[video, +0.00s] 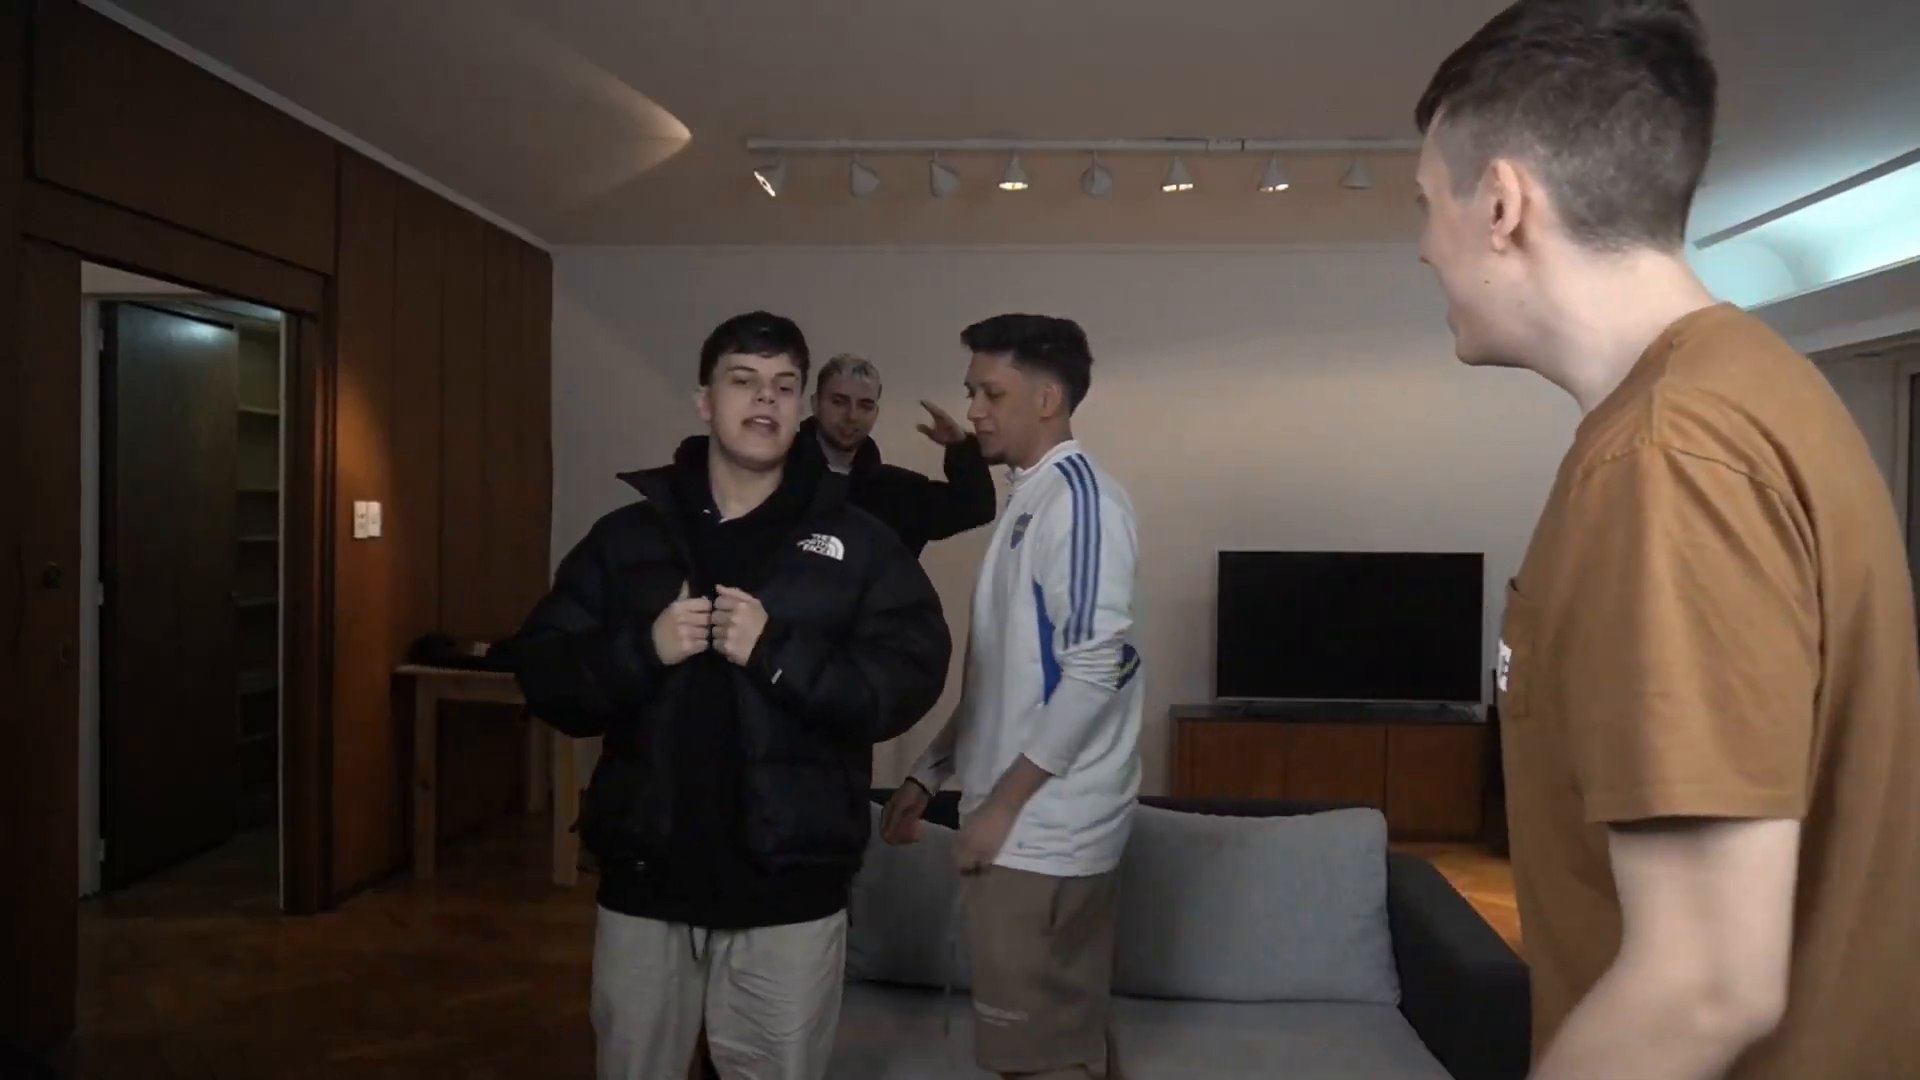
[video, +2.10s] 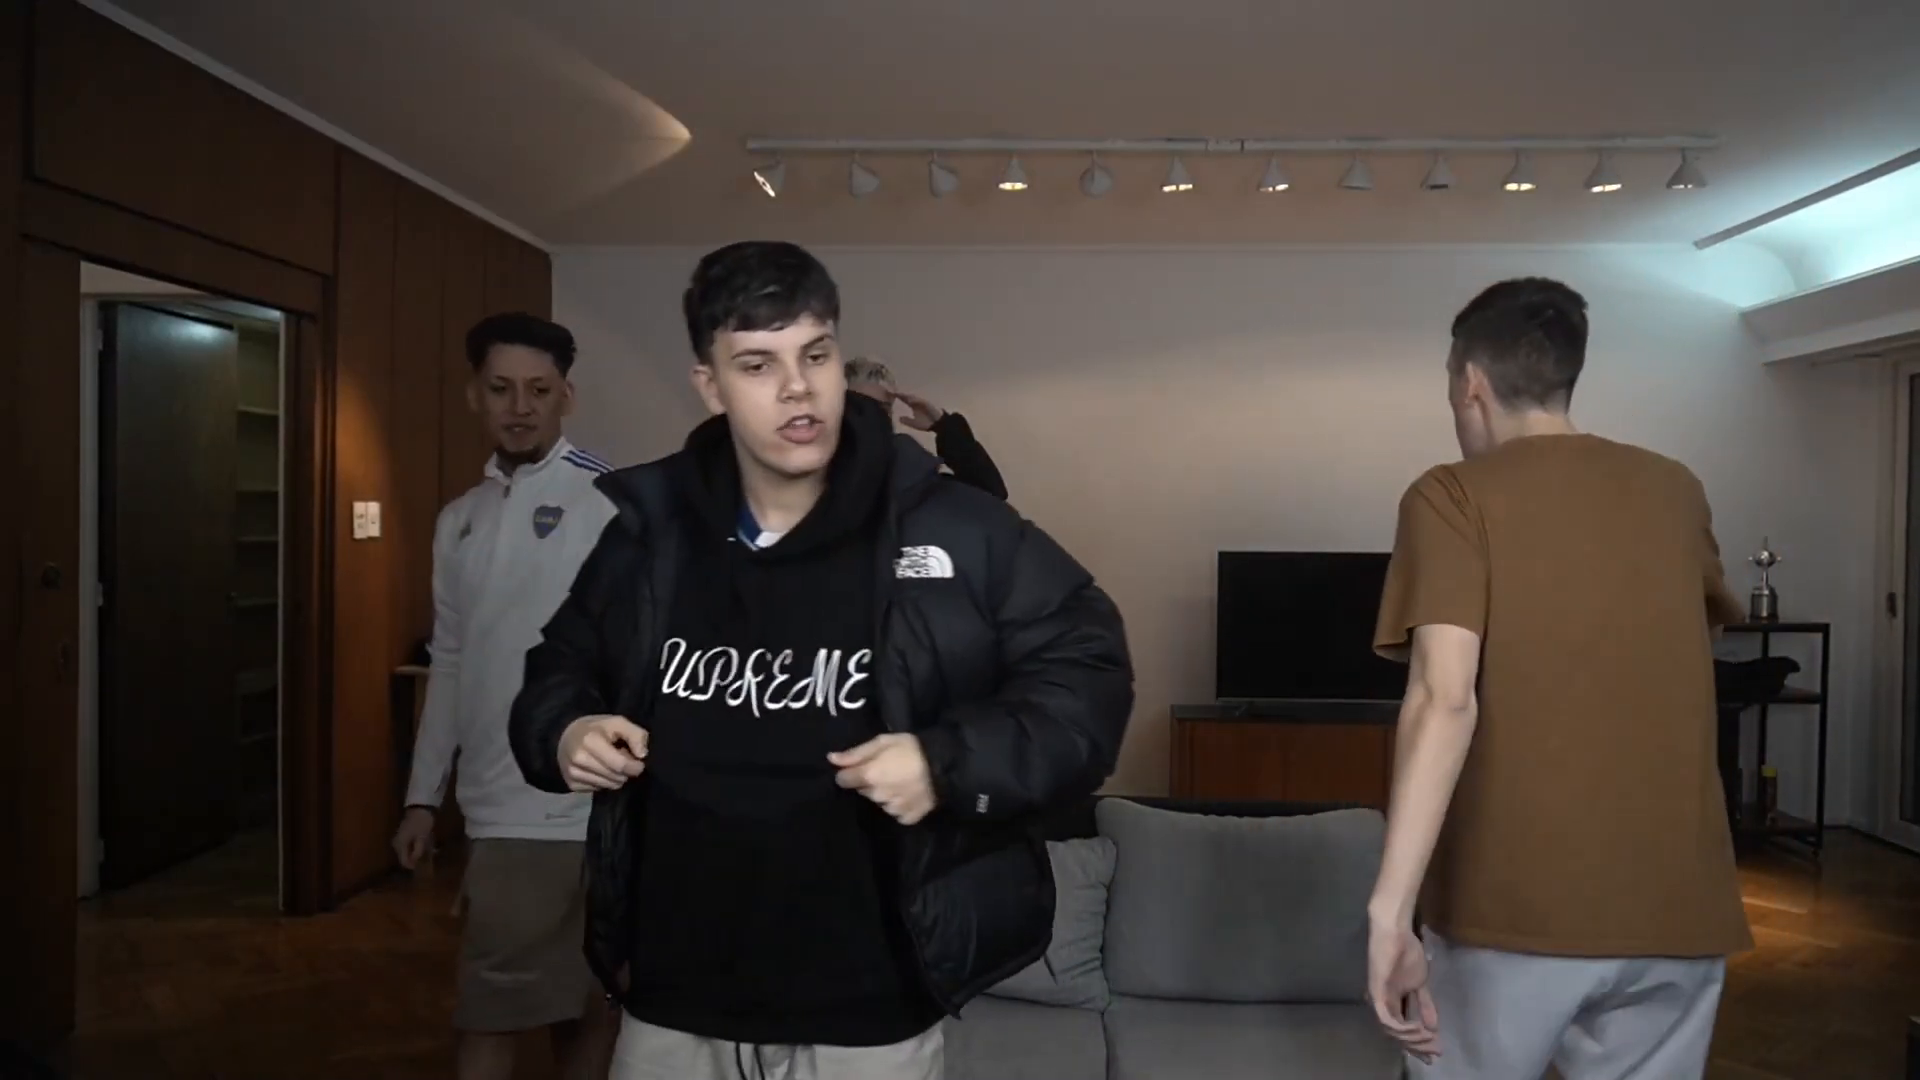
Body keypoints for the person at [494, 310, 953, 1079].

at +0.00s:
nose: (765, 398)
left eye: (785, 385)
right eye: (743, 381)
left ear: (805, 410)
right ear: (704, 406)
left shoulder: (860, 546)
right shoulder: (631, 534)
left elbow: (906, 680)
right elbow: (546, 674)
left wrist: (774, 649)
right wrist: (645, 648)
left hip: (789, 890)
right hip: (646, 881)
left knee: (775, 1071)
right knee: (633, 1069)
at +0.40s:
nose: (830, 402)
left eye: (851, 388)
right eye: (807, 382)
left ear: (870, 416)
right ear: (765, 403)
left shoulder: (903, 553)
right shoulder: (681, 526)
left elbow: (947, 718)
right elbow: (589, 679)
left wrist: (882, 627)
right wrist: (645, 604)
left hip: (811, 895)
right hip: (669, 883)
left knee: (796, 1071)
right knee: (629, 1069)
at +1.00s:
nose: (706, 390)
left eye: (726, 369)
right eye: (679, 370)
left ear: (751, 392)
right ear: (636, 392)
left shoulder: (799, 546)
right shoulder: (562, 547)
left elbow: (876, 705)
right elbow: (497, 721)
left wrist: (809, 658)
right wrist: (682, 684)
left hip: (764, 935)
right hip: (607, 943)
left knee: (779, 1068)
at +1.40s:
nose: (592, 381)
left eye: (611, 356)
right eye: (558, 360)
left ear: (639, 369)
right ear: (509, 384)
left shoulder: (734, 510)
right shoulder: (463, 567)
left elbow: (849, 657)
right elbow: (391, 749)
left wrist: (714, 616)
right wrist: (589, 713)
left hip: (730, 954)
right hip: (556, 972)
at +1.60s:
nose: (614, 383)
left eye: (629, 355)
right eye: (577, 362)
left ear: (654, 365)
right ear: (525, 388)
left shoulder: (768, 523)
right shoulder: (476, 557)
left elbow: (880, 668)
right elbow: (374, 735)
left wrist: (747, 689)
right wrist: (496, 748)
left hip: (734, 976)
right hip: (545, 985)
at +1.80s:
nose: (683, 393)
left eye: (695, 360)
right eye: (642, 373)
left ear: (719, 362)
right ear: (591, 396)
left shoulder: (826, 515)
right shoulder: (545, 539)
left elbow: (979, 636)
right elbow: (429, 690)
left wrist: (857, 719)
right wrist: (488, 748)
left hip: (779, 989)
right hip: (592, 985)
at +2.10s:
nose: (799, 391)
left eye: (815, 357)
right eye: (760, 366)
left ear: (843, 361)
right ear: (708, 383)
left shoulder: (952, 525)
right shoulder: (652, 526)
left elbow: (1088, 675)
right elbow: (555, 676)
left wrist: (950, 760)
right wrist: (566, 733)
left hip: (870, 1003)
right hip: (677, 995)